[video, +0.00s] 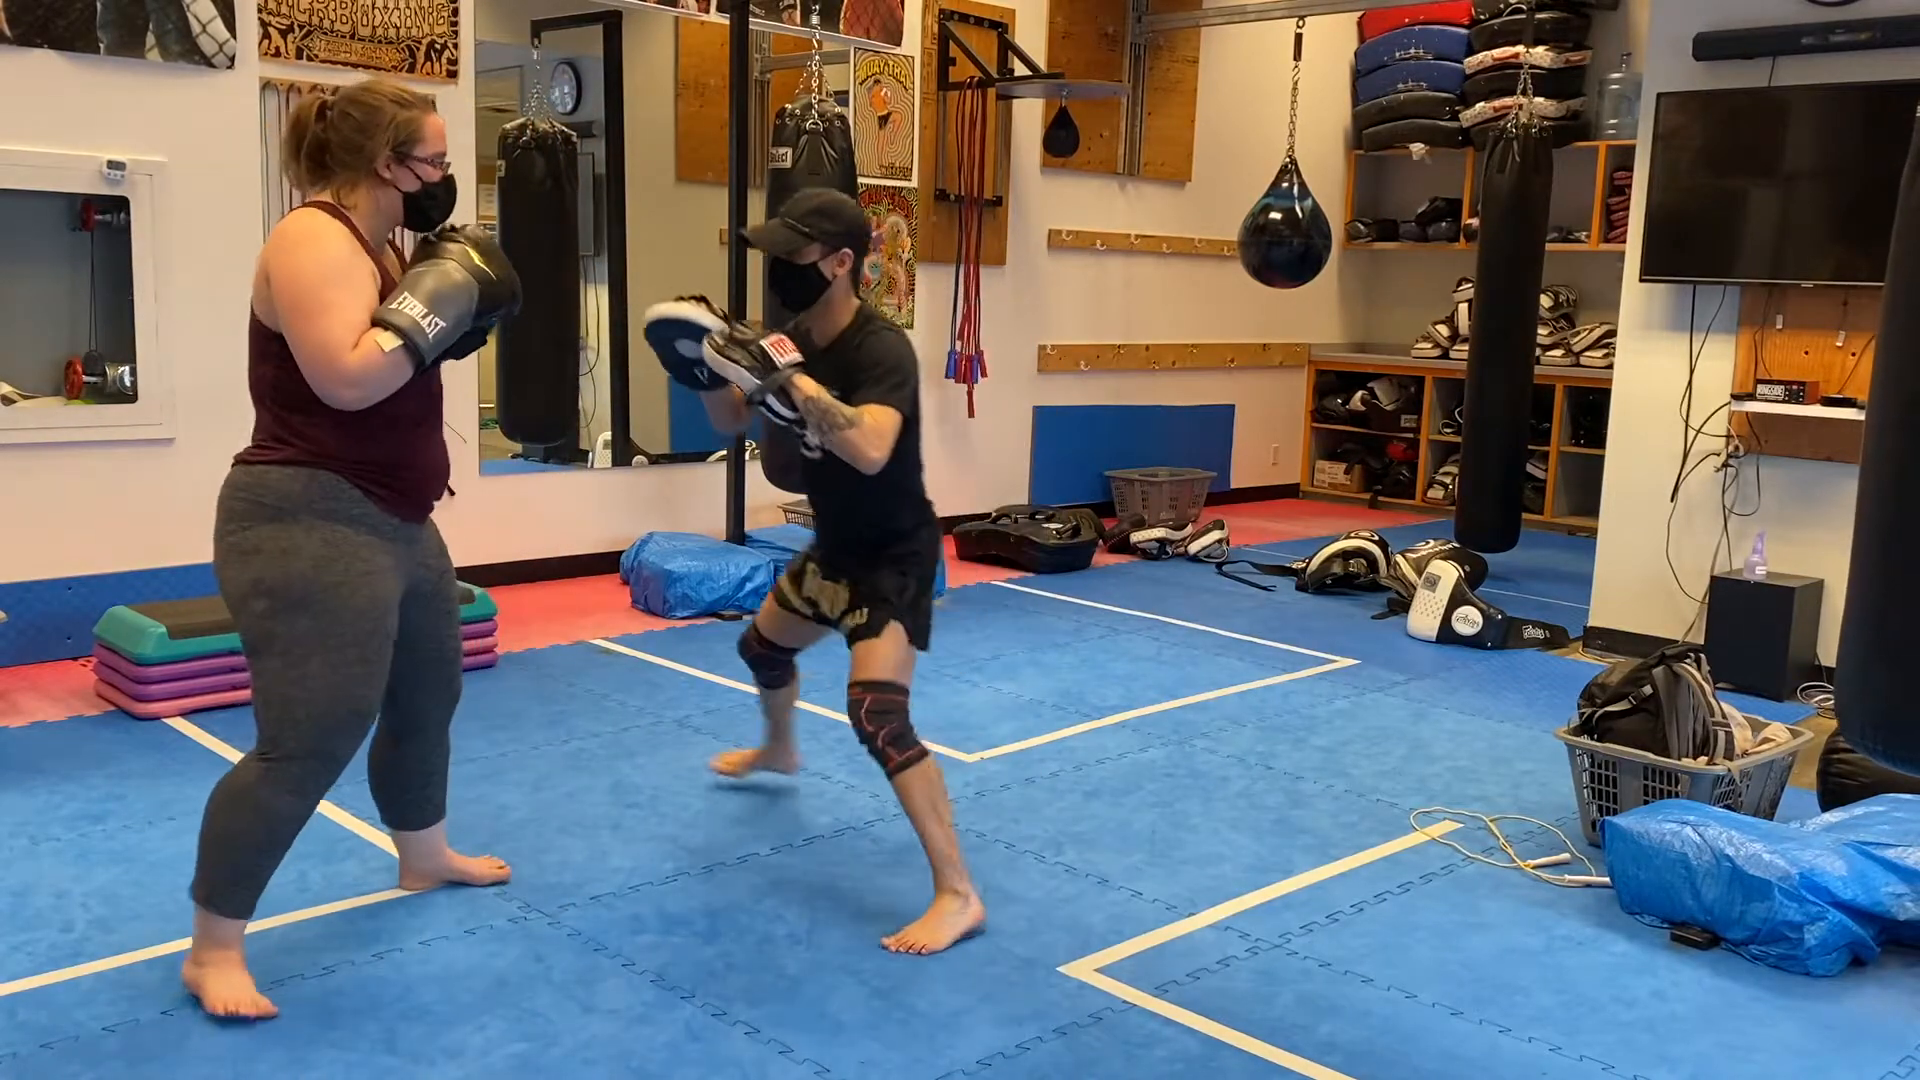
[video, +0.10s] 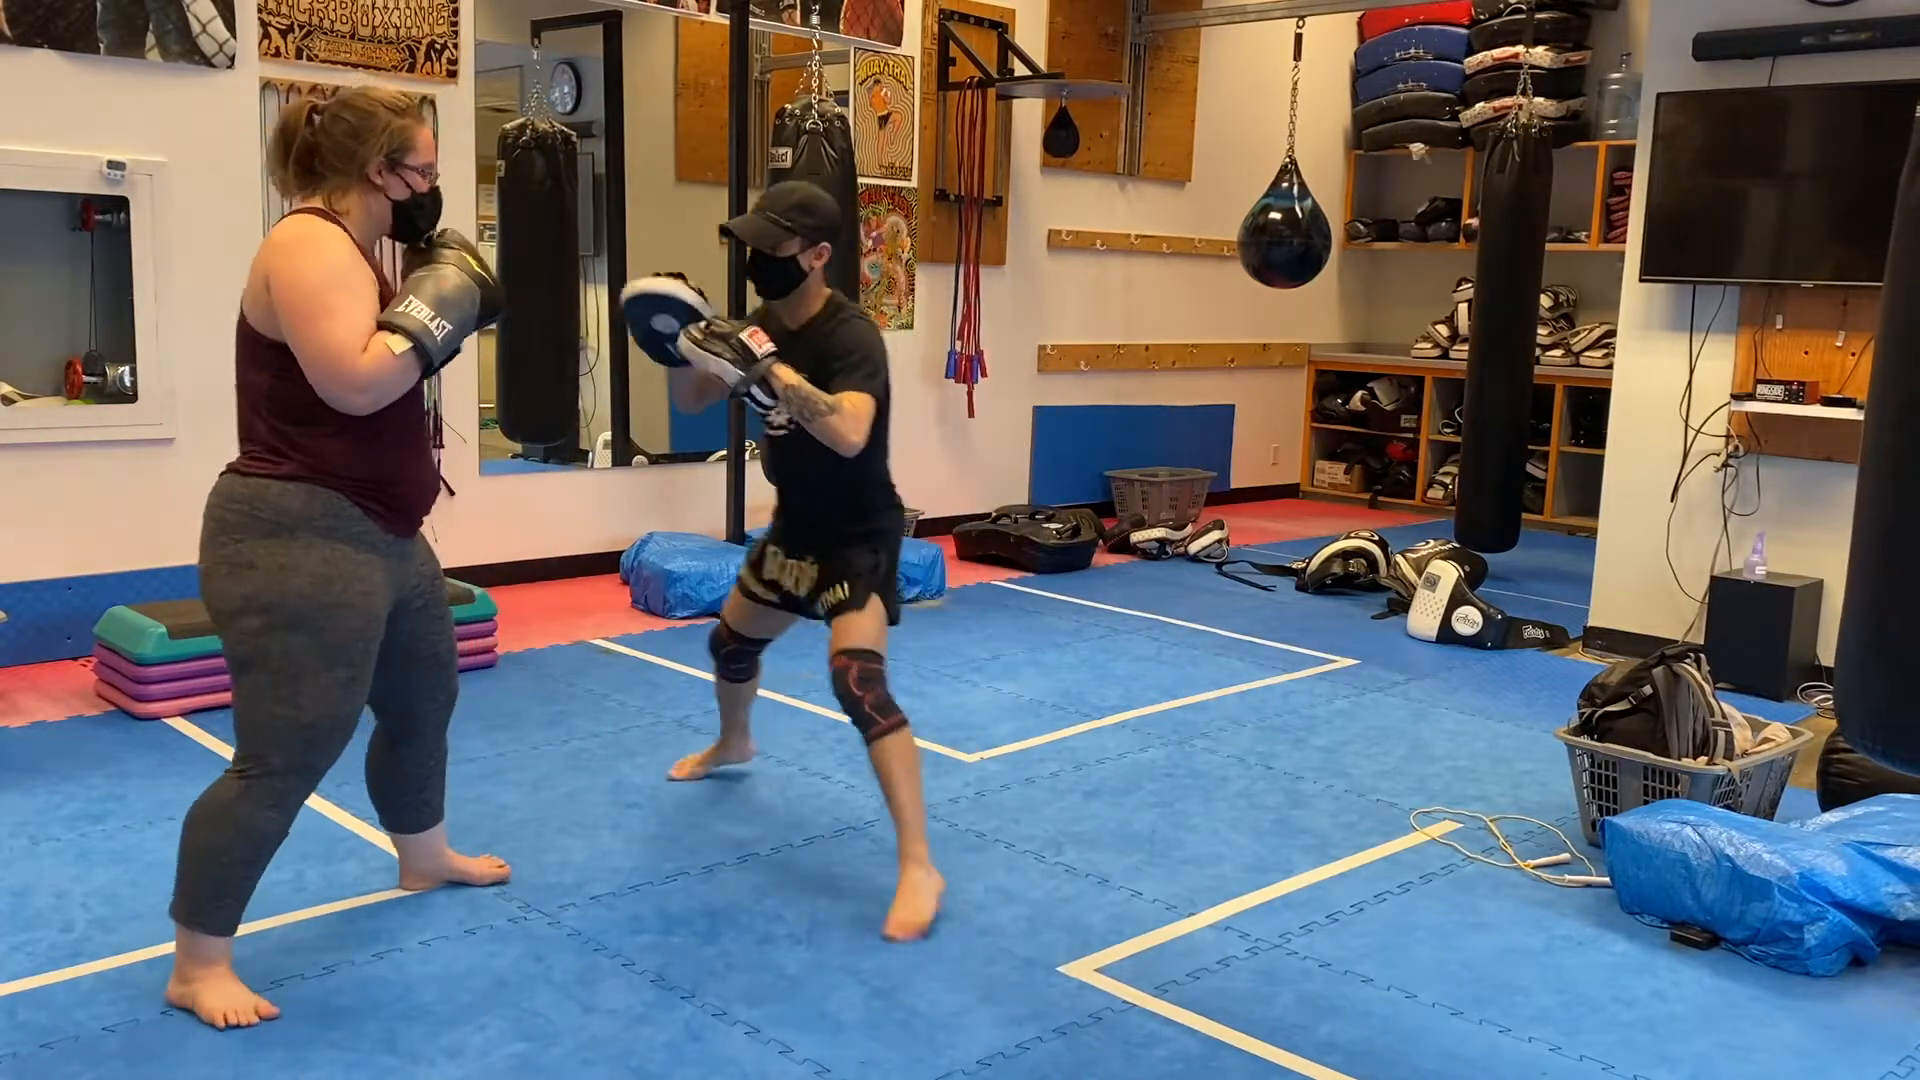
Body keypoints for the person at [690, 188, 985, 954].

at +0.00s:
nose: (775, 270)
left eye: (790, 257)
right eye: (776, 256)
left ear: (842, 262)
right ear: (821, 263)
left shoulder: (884, 349)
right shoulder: (792, 338)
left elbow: (871, 449)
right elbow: (729, 421)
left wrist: (799, 386)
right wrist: (713, 363)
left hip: (896, 548)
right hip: (834, 542)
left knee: (878, 713)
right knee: (766, 647)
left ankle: (958, 893)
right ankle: (780, 751)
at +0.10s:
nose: (757, 260)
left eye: (771, 249)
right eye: (756, 247)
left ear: (817, 254)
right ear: (791, 252)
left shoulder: (854, 337)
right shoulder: (764, 325)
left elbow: (849, 433)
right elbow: (691, 399)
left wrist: (774, 376)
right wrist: (699, 349)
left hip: (862, 526)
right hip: (796, 520)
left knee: (857, 676)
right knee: (733, 645)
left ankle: (917, 863)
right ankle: (735, 744)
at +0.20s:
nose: (734, 278)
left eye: (747, 267)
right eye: (732, 265)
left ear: (791, 270)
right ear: (746, 269)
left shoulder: (826, 348)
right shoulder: (729, 340)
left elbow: (830, 438)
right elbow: (655, 399)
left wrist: (755, 385)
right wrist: (637, 343)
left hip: (834, 535)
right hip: (765, 534)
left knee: (813, 661)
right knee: (697, 652)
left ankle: (862, 825)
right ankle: (737, 751)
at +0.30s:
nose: (716, 282)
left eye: (731, 272)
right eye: (713, 270)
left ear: (772, 275)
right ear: (714, 271)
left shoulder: (804, 350)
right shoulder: (720, 344)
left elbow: (812, 433)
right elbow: (650, 399)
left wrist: (725, 397)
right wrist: (635, 362)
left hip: (825, 537)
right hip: (755, 534)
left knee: (790, 661)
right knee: (683, 649)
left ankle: (839, 810)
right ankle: (735, 751)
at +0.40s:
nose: (705, 277)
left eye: (719, 267)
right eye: (703, 265)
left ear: (761, 272)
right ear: (703, 267)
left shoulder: (788, 346)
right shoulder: (717, 339)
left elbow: (798, 426)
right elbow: (656, 388)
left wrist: (700, 393)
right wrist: (633, 374)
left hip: (820, 531)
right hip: (753, 527)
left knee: (787, 659)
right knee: (679, 639)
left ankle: (841, 813)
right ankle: (735, 750)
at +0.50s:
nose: (699, 277)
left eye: (713, 267)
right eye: (697, 265)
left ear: (754, 270)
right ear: (696, 265)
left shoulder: (780, 342)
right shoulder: (715, 338)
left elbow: (790, 421)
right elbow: (661, 384)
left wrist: (695, 391)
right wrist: (632, 372)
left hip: (820, 528)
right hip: (756, 524)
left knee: (783, 657)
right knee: (681, 635)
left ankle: (840, 813)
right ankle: (735, 749)